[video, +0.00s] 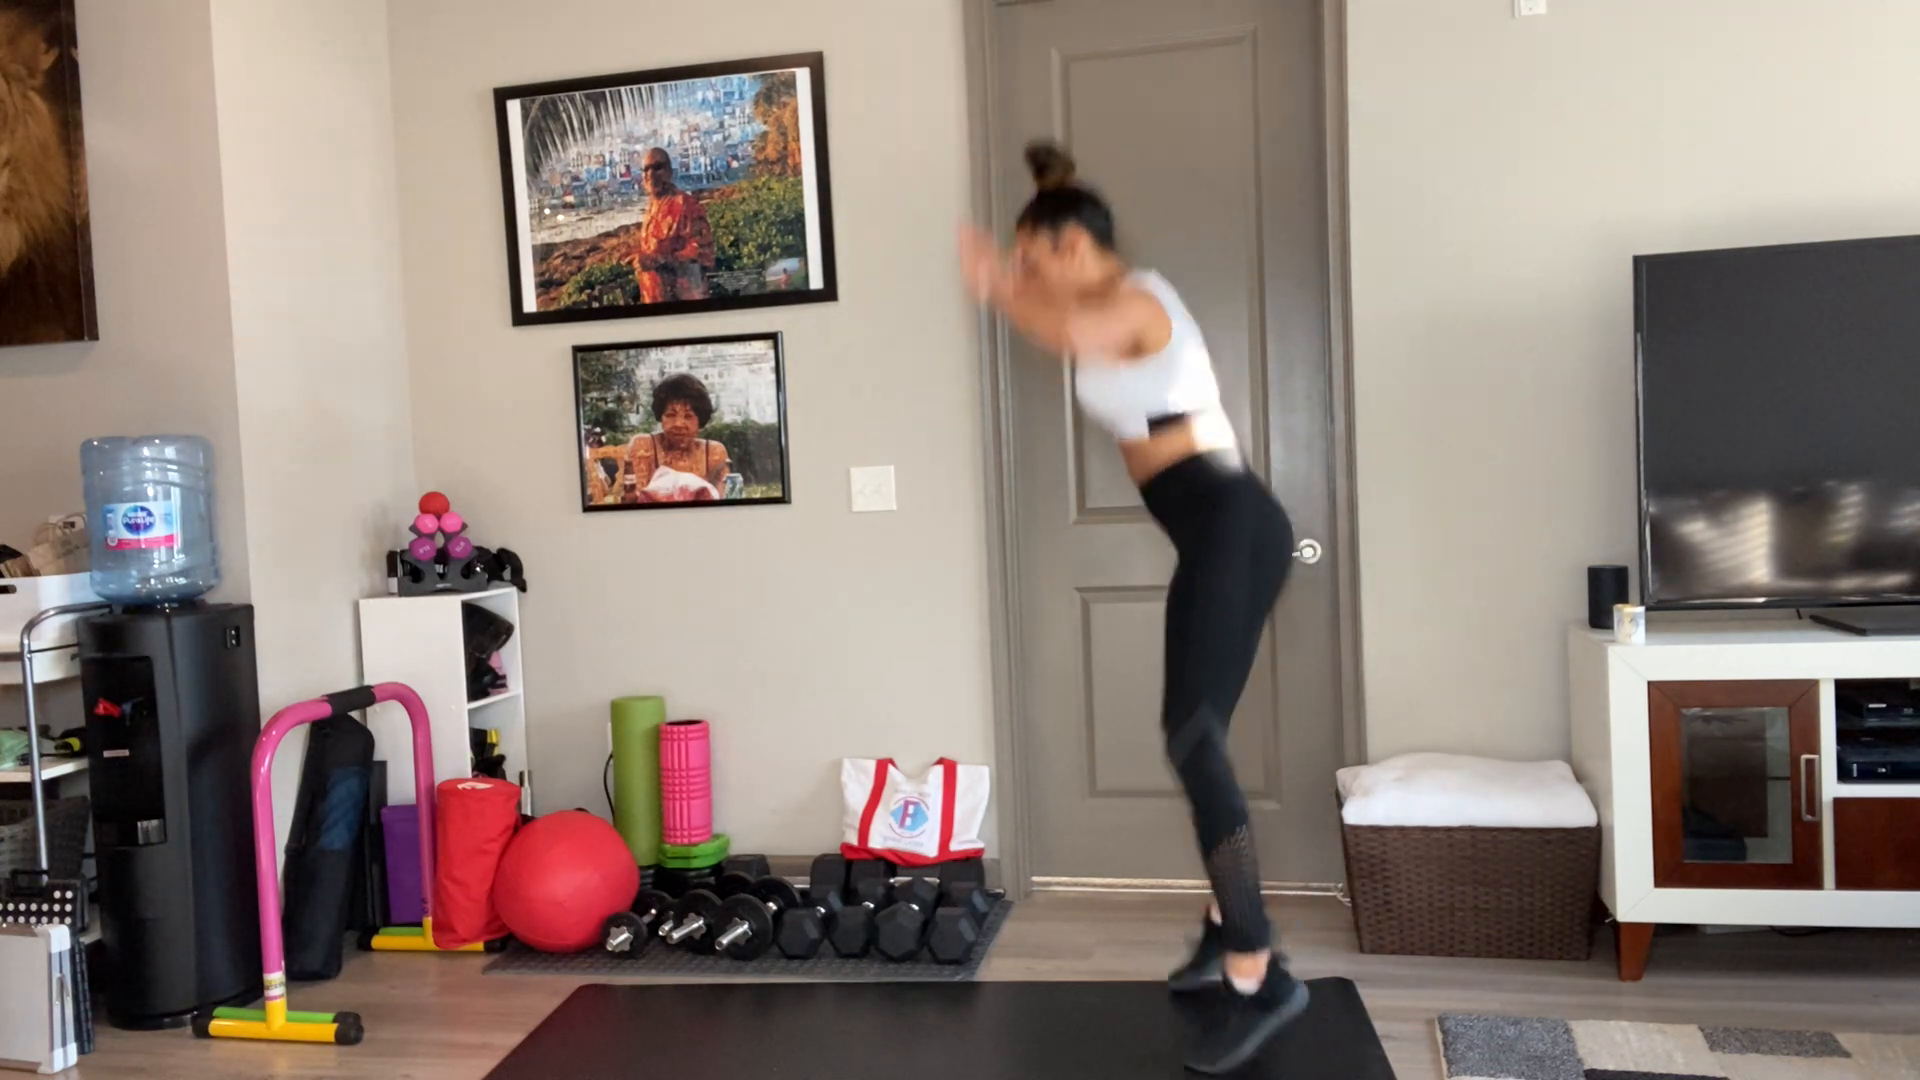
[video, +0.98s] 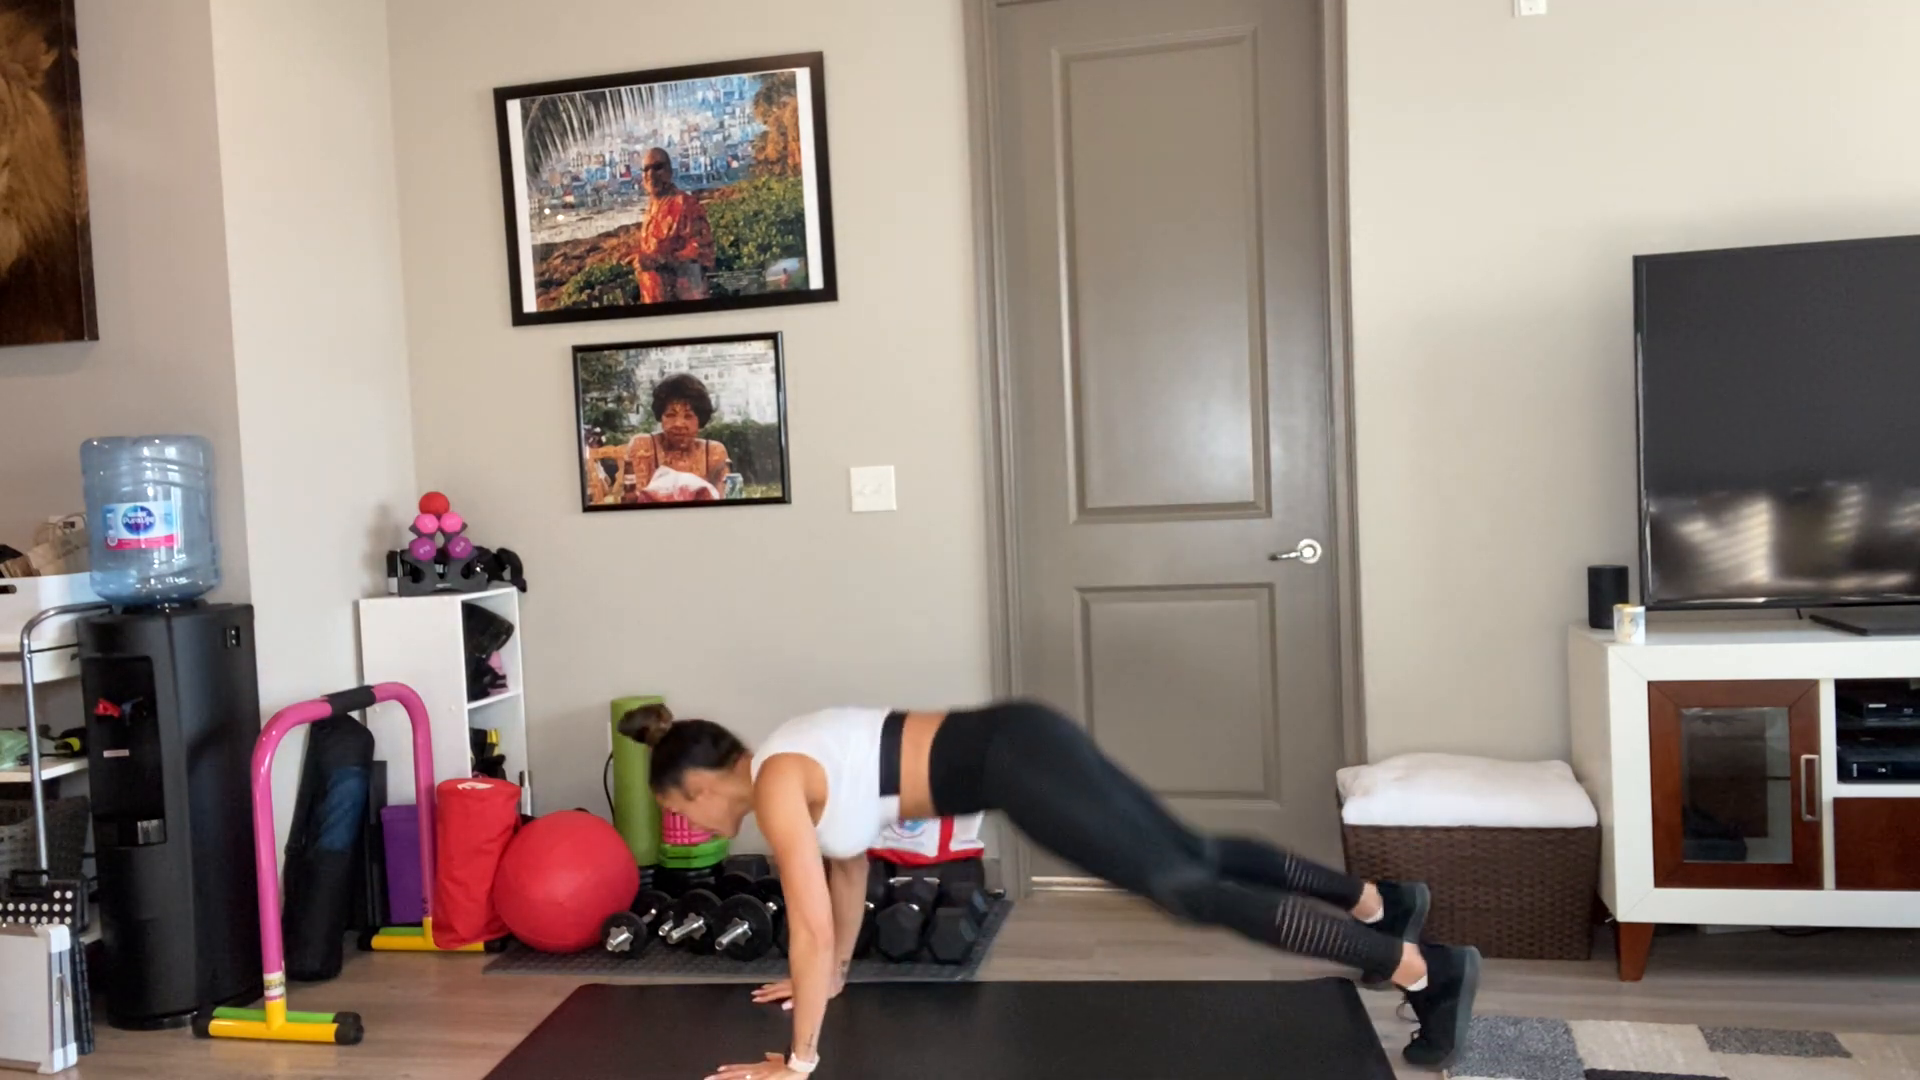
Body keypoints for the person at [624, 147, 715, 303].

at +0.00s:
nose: (650, 174)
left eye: (657, 167)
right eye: (646, 169)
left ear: (670, 172)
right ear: (642, 175)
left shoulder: (686, 204)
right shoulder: (653, 206)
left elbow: (703, 254)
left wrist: (656, 260)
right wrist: (639, 257)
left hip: (682, 297)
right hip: (654, 297)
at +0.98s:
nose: (650, 174)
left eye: (657, 167)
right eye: (646, 169)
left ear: (670, 172)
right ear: (642, 176)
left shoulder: (686, 204)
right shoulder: (653, 206)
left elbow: (703, 255)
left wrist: (655, 260)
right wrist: (639, 257)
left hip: (683, 297)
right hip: (655, 297)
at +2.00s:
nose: (650, 174)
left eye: (657, 167)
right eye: (646, 169)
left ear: (670, 172)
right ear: (642, 176)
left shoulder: (686, 204)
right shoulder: (653, 206)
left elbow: (703, 255)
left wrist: (655, 260)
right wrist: (638, 256)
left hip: (683, 297)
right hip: (655, 297)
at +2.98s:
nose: (650, 174)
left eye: (657, 167)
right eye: (646, 169)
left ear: (670, 172)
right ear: (642, 176)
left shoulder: (686, 204)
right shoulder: (653, 206)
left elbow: (703, 255)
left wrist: (655, 260)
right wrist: (638, 257)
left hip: (683, 297)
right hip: (655, 297)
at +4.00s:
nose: (650, 174)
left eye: (657, 167)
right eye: (645, 169)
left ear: (669, 171)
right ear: (642, 176)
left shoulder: (686, 204)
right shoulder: (653, 207)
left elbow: (702, 254)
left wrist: (657, 261)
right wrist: (638, 257)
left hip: (683, 297)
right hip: (655, 297)